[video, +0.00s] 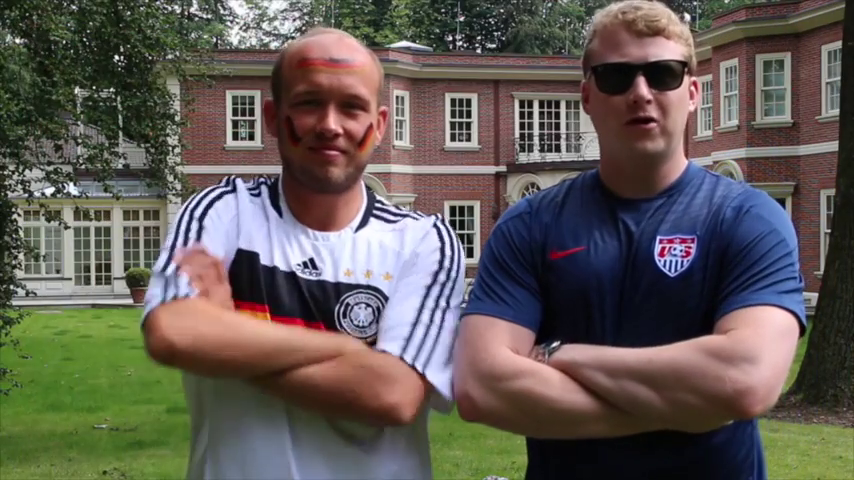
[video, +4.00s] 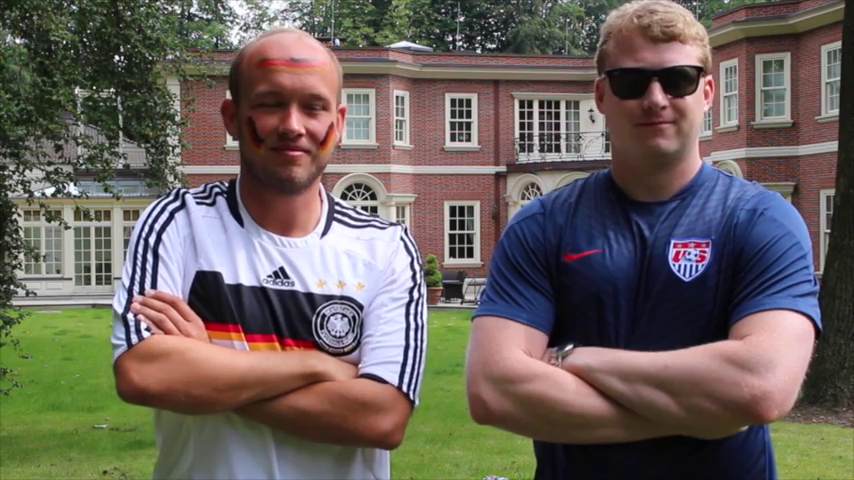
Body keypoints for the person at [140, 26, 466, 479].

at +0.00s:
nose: (330, 126)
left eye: (352, 107)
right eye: (310, 104)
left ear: (380, 125)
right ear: (274, 119)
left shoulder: (425, 241)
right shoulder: (218, 210)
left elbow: (397, 396)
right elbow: (169, 334)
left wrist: (230, 329)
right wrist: (356, 350)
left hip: (377, 477)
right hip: (231, 474)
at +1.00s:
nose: (294, 122)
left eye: (315, 103)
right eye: (272, 101)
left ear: (341, 121)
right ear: (235, 115)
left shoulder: (393, 247)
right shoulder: (179, 219)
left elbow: (386, 418)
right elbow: (136, 364)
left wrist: (210, 365)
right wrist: (320, 361)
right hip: (206, 473)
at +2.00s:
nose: (293, 125)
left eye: (315, 106)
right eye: (272, 103)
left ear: (340, 122)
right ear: (234, 115)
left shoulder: (389, 247)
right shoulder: (175, 221)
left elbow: (386, 417)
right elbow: (139, 367)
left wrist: (210, 366)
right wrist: (322, 361)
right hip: (203, 474)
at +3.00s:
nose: (291, 124)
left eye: (312, 105)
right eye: (269, 102)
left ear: (337, 124)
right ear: (231, 117)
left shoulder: (386, 248)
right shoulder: (173, 223)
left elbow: (386, 420)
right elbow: (140, 374)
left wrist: (212, 372)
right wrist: (321, 365)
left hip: (341, 475)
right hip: (202, 473)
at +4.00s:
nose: (293, 126)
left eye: (314, 107)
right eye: (271, 104)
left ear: (338, 124)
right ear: (232, 118)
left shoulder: (387, 249)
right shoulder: (174, 221)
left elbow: (384, 421)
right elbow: (138, 374)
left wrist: (211, 372)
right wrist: (318, 365)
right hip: (201, 473)